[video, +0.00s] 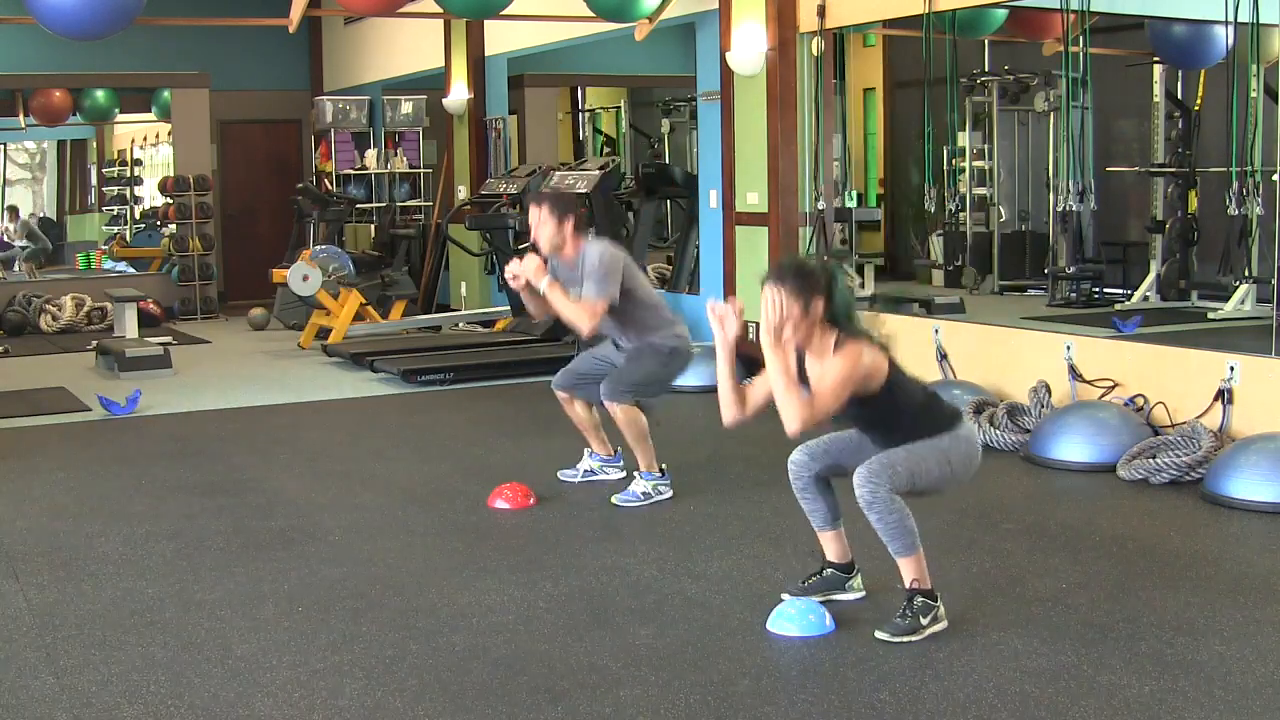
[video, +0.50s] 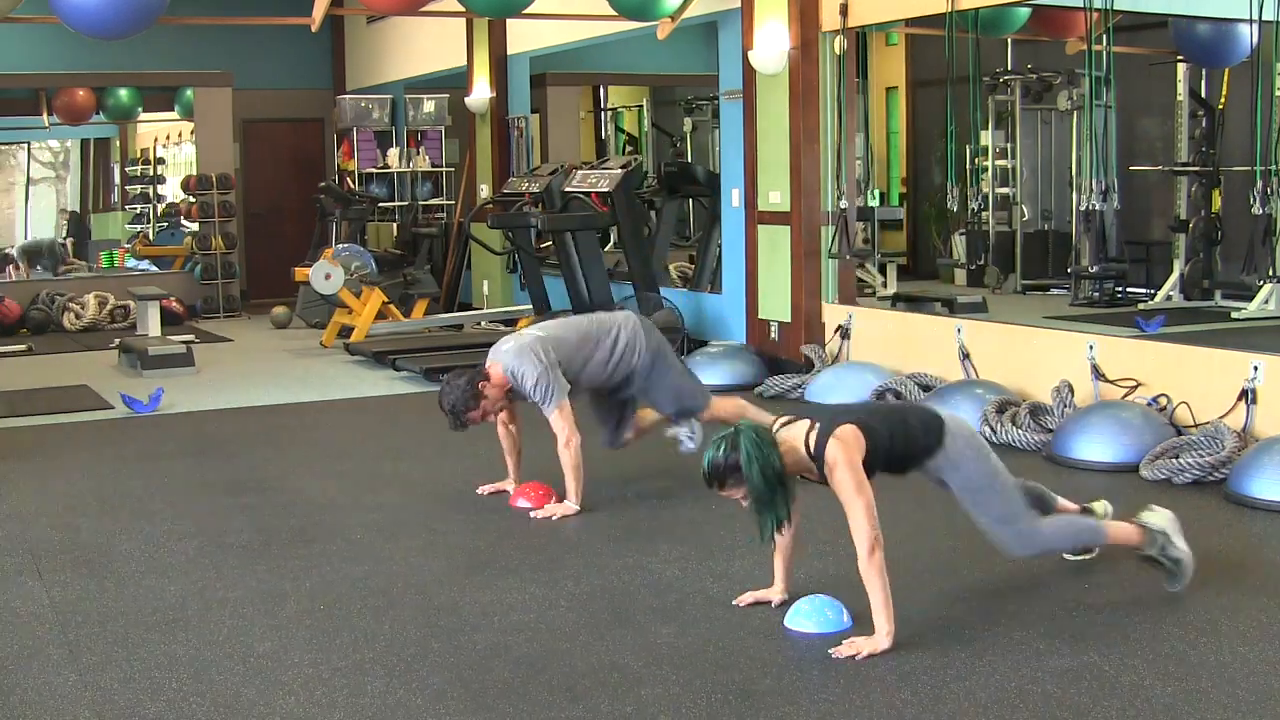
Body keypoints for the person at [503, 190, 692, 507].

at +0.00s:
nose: (532, 234)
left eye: (539, 223)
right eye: (532, 224)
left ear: (567, 223)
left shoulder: (603, 254)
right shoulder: (558, 263)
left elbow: (587, 322)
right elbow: (543, 314)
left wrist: (544, 281)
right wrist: (523, 290)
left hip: (664, 344)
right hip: (623, 344)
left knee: (615, 393)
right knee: (565, 386)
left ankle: (653, 476)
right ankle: (605, 458)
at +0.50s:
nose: (491, 418)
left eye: (485, 414)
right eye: (484, 418)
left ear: (485, 388)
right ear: (482, 387)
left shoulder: (529, 365)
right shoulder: (496, 371)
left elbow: (566, 435)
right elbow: (507, 423)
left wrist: (573, 502)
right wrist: (513, 481)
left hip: (632, 341)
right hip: (601, 369)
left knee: (697, 405)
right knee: (619, 433)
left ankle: (783, 426)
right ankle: (677, 413)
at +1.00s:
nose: (497, 410)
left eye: (493, 407)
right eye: (491, 413)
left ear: (489, 384)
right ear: (485, 383)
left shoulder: (541, 369)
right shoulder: (497, 375)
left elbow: (574, 439)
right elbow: (508, 423)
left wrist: (574, 503)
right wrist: (512, 479)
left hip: (629, 400)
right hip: (582, 411)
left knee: (699, 455)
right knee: (548, 476)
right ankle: (614, 448)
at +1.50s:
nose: (487, 423)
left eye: (482, 418)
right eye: (481, 422)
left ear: (486, 396)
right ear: (480, 393)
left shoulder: (531, 371)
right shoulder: (494, 374)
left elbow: (570, 441)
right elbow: (507, 425)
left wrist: (574, 502)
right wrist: (514, 479)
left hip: (636, 356)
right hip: (610, 375)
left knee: (708, 428)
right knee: (657, 431)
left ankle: (782, 433)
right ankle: (725, 416)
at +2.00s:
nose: (473, 416)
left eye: (468, 413)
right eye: (470, 413)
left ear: (476, 397)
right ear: (473, 381)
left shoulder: (521, 373)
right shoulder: (494, 360)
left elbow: (565, 439)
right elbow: (507, 423)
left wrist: (573, 501)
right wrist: (512, 479)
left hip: (623, 375)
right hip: (627, 355)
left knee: (577, 459)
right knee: (668, 423)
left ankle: (666, 452)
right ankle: (753, 430)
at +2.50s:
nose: (475, 420)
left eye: (469, 415)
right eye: (469, 419)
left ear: (473, 394)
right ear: (469, 388)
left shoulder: (518, 370)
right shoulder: (492, 368)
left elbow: (565, 438)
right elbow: (506, 424)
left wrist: (573, 502)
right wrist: (512, 479)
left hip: (621, 349)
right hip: (612, 333)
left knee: (638, 449)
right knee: (668, 394)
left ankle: (725, 422)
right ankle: (731, 406)